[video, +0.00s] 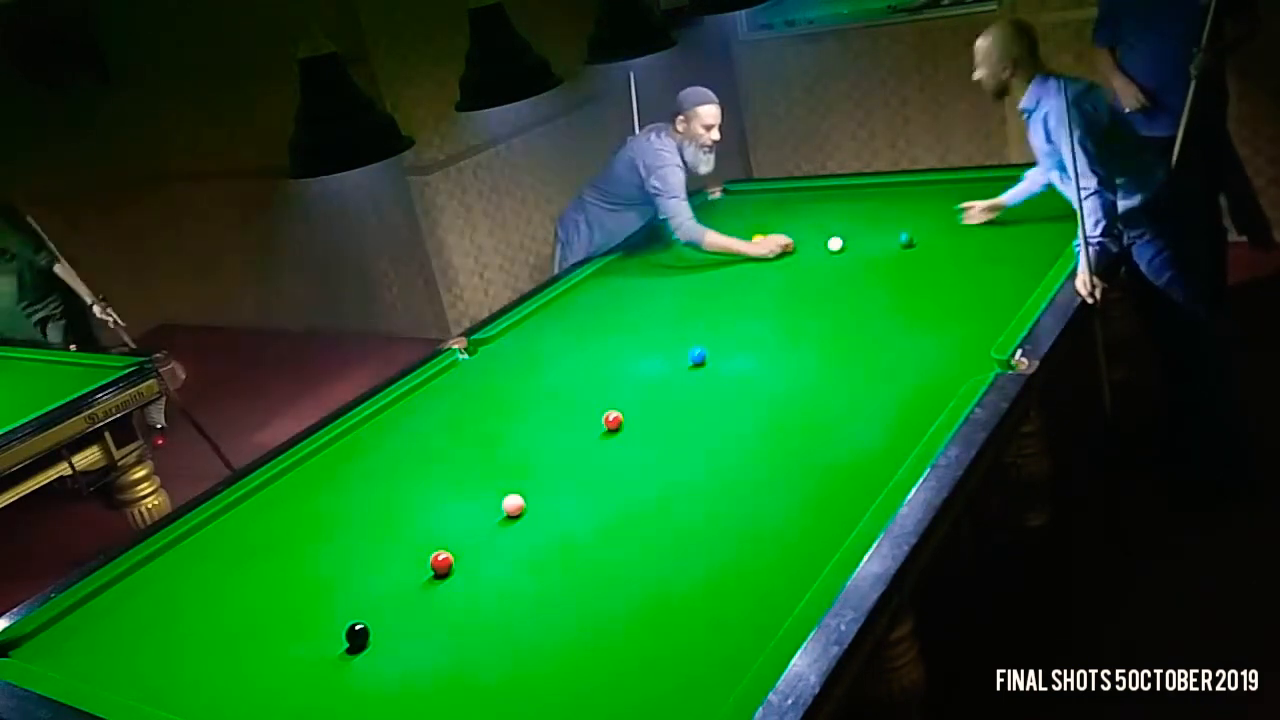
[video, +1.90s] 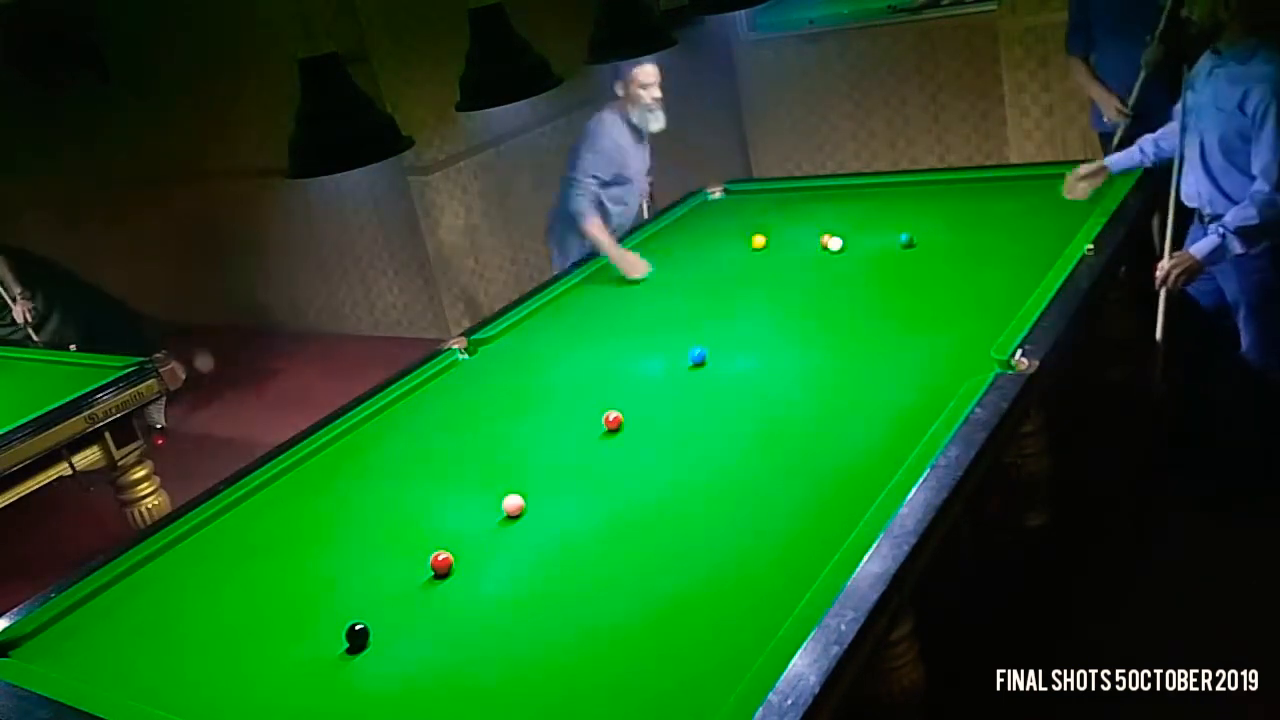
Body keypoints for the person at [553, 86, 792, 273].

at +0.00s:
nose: (715, 137)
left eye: (718, 128)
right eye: (706, 129)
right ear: (680, 124)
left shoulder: (672, 139)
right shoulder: (660, 157)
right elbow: (684, 230)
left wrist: (705, 185)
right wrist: (752, 248)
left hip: (623, 231)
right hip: (588, 237)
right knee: (578, 317)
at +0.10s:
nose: (714, 137)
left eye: (716, 128)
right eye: (705, 129)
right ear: (678, 125)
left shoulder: (662, 135)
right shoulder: (660, 160)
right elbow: (673, 231)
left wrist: (699, 191)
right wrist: (739, 252)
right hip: (587, 237)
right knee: (578, 316)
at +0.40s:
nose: (715, 139)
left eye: (717, 130)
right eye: (707, 130)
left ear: (683, 126)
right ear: (679, 127)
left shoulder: (671, 138)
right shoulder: (658, 160)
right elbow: (698, 229)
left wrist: (698, 186)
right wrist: (762, 245)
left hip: (623, 230)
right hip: (587, 236)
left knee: (613, 310)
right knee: (577, 317)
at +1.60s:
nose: (709, 130)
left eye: (710, 121)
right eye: (699, 123)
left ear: (674, 121)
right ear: (672, 123)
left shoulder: (663, 136)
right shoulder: (658, 158)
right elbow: (689, 227)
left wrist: (697, 192)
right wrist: (753, 247)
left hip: (621, 231)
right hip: (587, 238)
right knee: (576, 317)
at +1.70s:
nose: (698, 119)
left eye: (699, 110)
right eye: (687, 111)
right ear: (660, 112)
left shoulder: (651, 134)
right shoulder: (646, 148)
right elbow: (662, 223)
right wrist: (720, 253)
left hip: (614, 232)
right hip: (587, 239)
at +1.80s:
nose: (679, 106)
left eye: (680, 96)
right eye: (668, 98)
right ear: (642, 99)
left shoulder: (645, 129)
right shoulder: (629, 136)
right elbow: (620, 211)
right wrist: (668, 255)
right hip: (587, 237)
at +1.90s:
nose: (656, 95)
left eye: (658, 86)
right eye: (645, 88)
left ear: (660, 84)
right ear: (621, 90)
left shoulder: (636, 123)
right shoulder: (605, 130)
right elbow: (578, 201)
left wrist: (640, 189)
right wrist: (618, 255)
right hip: (581, 242)